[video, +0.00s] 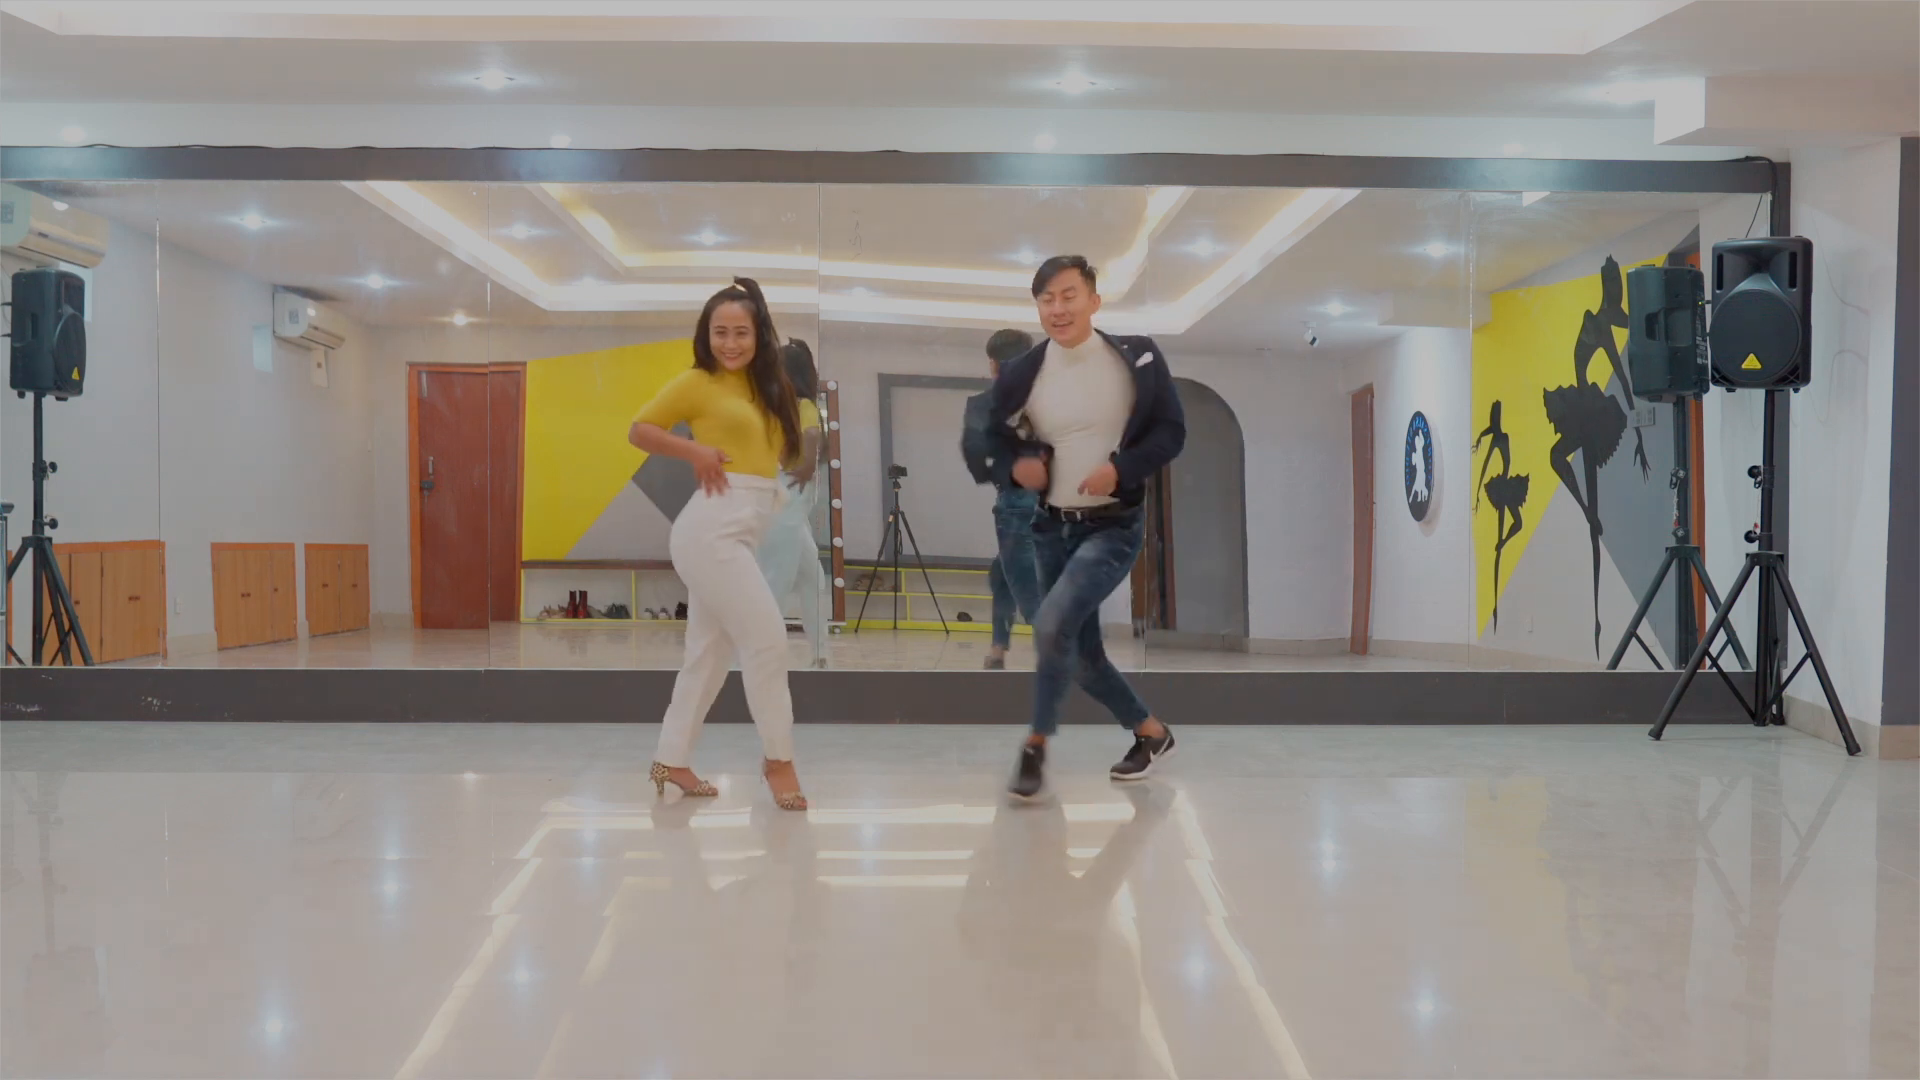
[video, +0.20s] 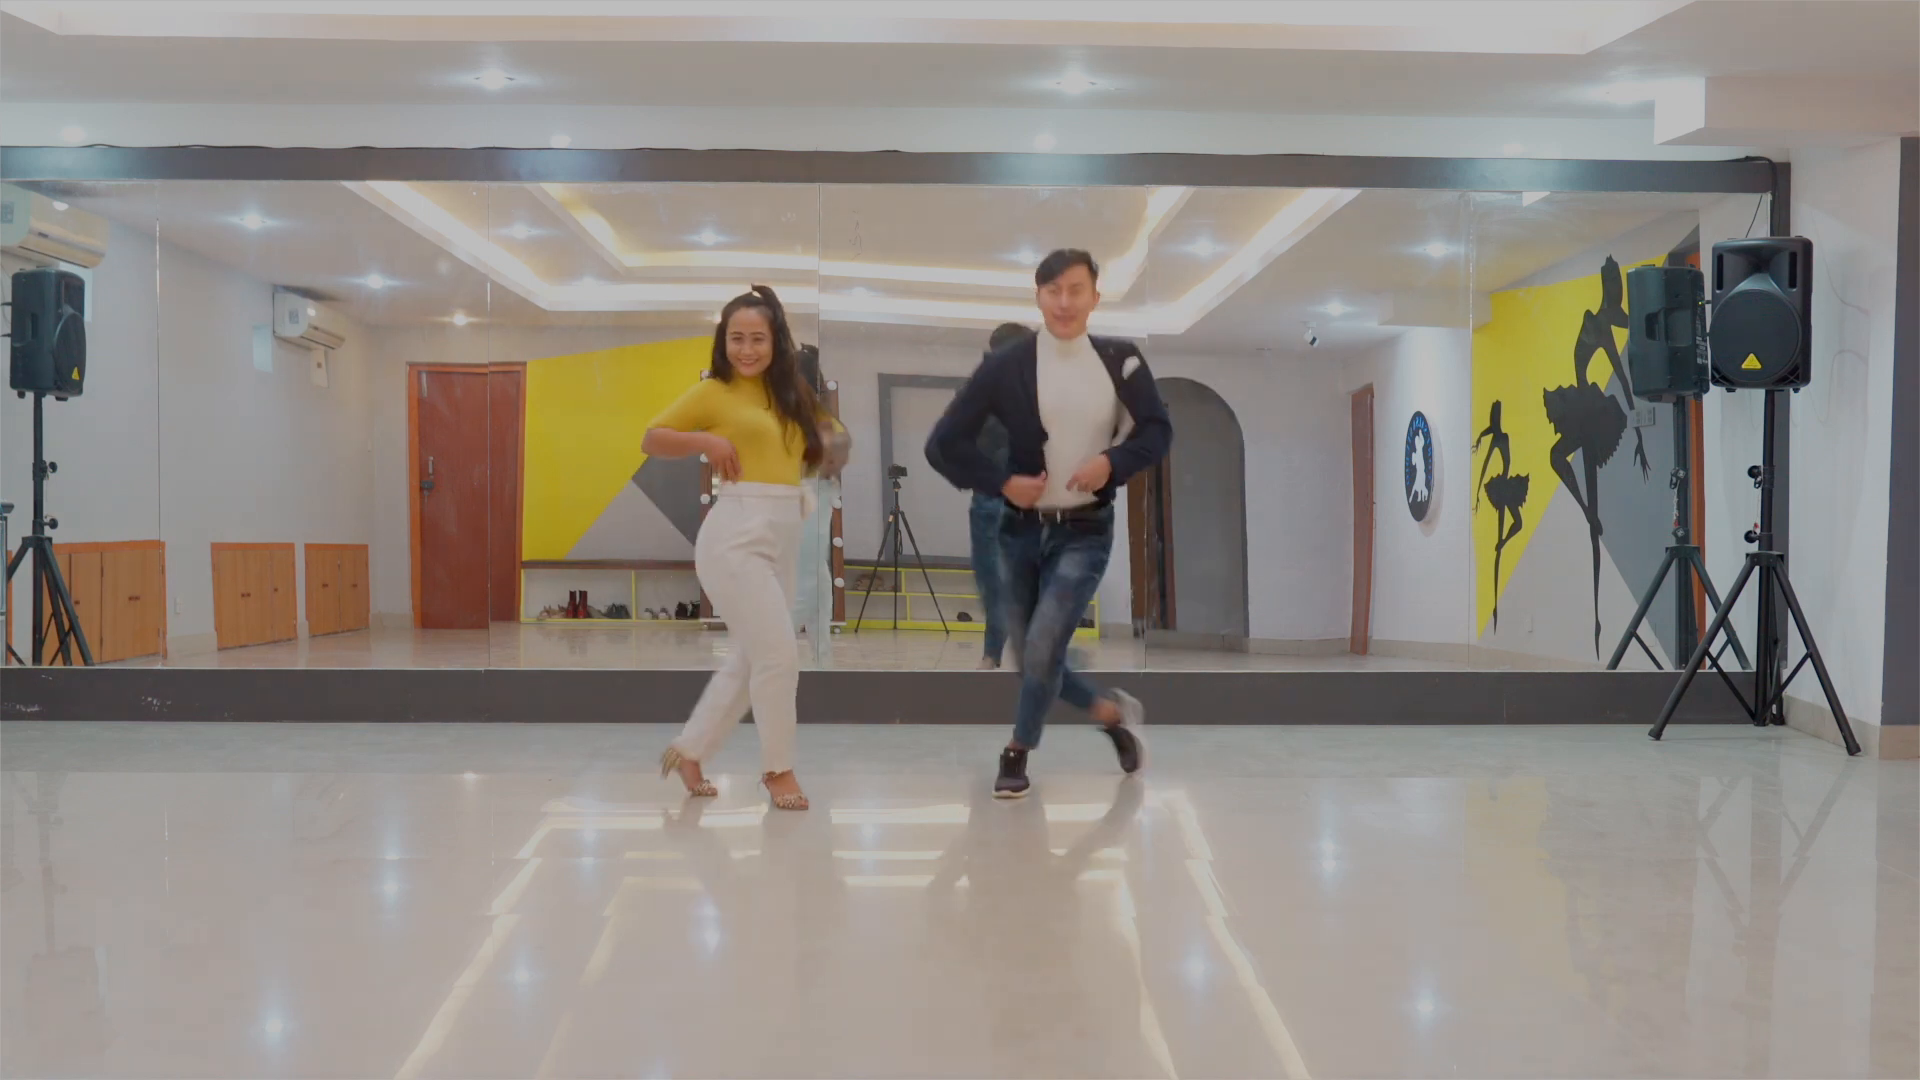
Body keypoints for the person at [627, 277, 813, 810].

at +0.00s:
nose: (730, 341)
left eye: (742, 331)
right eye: (720, 331)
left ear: (759, 336)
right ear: (707, 336)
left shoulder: (765, 390)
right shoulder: (697, 383)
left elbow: (782, 451)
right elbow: (641, 430)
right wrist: (695, 451)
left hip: (743, 532)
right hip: (708, 529)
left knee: (707, 652)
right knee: (766, 637)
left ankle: (671, 760)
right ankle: (780, 762)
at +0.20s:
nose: (746, 347)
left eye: (758, 338)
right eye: (736, 337)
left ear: (776, 343)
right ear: (724, 342)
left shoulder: (787, 396)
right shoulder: (714, 391)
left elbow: (823, 443)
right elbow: (652, 439)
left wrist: (825, 447)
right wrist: (708, 442)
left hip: (783, 536)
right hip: (735, 533)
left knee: (751, 656)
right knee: (776, 651)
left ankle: (688, 751)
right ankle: (779, 771)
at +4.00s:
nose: (768, 345)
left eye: (780, 334)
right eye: (758, 333)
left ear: (798, 340)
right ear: (741, 338)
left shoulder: (811, 400)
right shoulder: (724, 394)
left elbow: (826, 481)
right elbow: (706, 467)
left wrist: (850, 483)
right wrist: (742, 452)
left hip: (800, 547)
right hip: (732, 548)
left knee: (793, 670)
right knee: (733, 668)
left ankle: (772, 777)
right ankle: (795, 782)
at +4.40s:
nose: (769, 340)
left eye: (781, 329)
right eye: (758, 328)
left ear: (799, 334)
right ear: (743, 333)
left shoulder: (816, 392)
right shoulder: (725, 391)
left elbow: (837, 464)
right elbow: (686, 455)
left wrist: (831, 444)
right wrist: (617, 453)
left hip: (803, 543)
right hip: (744, 542)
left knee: (819, 668)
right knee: (785, 664)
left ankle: (744, 758)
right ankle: (768, 789)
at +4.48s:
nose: (769, 332)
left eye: (781, 321)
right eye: (758, 320)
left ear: (799, 328)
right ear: (742, 325)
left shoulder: (817, 387)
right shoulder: (723, 388)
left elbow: (855, 471)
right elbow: (683, 454)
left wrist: (876, 485)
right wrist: (614, 442)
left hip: (807, 537)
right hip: (739, 538)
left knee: (826, 659)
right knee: (761, 666)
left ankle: (764, 737)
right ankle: (768, 791)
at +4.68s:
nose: (767, 313)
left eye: (778, 306)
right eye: (757, 305)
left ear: (796, 322)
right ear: (740, 318)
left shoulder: (812, 382)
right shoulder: (716, 383)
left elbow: (836, 460)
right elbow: (675, 451)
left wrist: (895, 481)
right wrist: (651, 409)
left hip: (800, 530)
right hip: (742, 535)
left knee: (720, 630)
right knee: (758, 665)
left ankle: (823, 662)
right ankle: (813, 785)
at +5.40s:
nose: (721, 317)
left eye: (734, 310)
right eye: (711, 306)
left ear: (750, 324)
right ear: (694, 316)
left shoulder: (759, 392)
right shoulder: (658, 382)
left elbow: (799, 467)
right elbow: (598, 424)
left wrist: (856, 473)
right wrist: (565, 418)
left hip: (741, 539)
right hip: (675, 538)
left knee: (718, 662)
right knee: (681, 674)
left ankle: (717, 791)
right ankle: (713, 787)